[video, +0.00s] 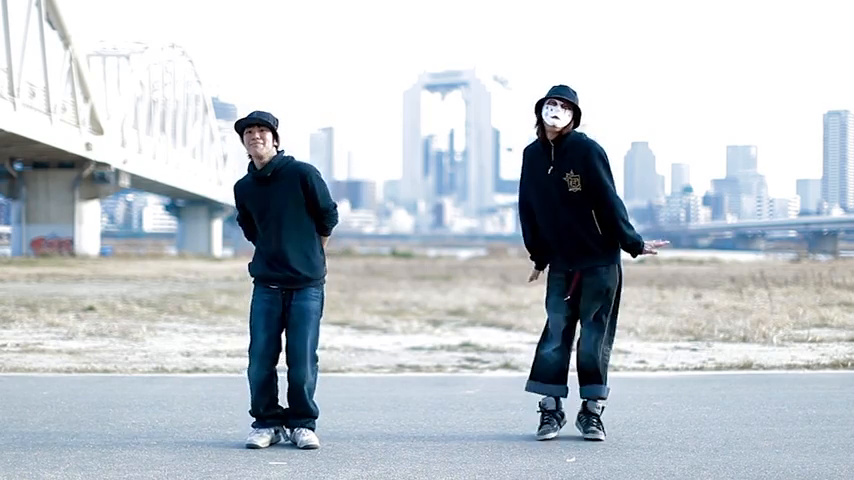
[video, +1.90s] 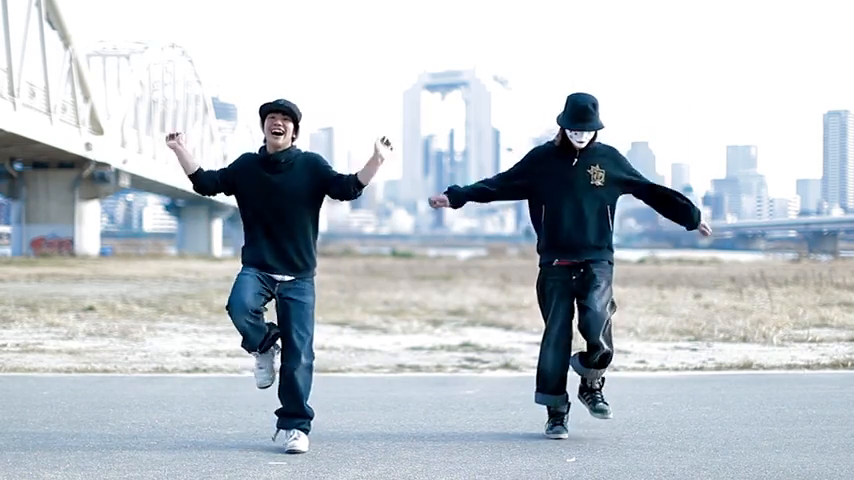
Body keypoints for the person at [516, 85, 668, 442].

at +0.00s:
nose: (554, 112)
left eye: (563, 108)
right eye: (550, 105)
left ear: (573, 116)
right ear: (540, 111)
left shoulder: (586, 150)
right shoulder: (532, 153)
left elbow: (608, 199)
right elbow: (527, 207)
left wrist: (634, 243)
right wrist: (538, 255)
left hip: (599, 258)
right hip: (561, 258)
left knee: (595, 333)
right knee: (555, 330)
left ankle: (590, 412)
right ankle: (550, 411)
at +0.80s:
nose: (570, 121)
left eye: (577, 115)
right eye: (564, 115)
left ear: (585, 123)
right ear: (554, 120)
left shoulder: (599, 165)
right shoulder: (537, 163)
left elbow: (608, 221)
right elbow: (530, 210)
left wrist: (608, 272)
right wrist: (535, 251)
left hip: (592, 249)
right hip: (553, 255)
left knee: (586, 287)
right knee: (553, 334)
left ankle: (588, 353)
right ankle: (554, 412)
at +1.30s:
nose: (577, 123)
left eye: (583, 118)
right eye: (571, 118)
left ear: (592, 124)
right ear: (560, 123)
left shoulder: (606, 164)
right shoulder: (542, 166)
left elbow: (626, 198)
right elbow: (527, 206)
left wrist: (646, 219)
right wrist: (520, 239)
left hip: (598, 259)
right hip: (559, 256)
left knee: (591, 335)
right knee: (586, 308)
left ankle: (584, 412)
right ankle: (561, 364)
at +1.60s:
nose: (575, 130)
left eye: (581, 124)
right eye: (569, 123)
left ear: (591, 127)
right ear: (559, 127)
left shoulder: (608, 166)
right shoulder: (541, 170)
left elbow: (651, 186)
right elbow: (511, 212)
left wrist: (619, 201)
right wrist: (538, 235)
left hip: (597, 271)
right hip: (557, 271)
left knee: (590, 344)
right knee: (557, 343)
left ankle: (585, 415)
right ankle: (556, 417)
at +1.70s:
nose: (574, 140)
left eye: (581, 134)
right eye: (569, 133)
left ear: (591, 133)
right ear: (559, 131)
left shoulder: (608, 166)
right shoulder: (543, 166)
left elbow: (649, 175)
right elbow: (503, 183)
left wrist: (630, 136)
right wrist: (534, 149)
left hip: (594, 265)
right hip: (552, 267)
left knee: (596, 326)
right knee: (555, 339)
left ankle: (586, 381)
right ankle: (554, 414)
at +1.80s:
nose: (577, 140)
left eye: (584, 135)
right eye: (571, 134)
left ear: (593, 133)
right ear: (560, 130)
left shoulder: (608, 161)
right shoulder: (538, 160)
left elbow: (650, 172)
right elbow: (498, 176)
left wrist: (686, 140)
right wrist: (481, 135)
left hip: (596, 258)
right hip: (554, 260)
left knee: (593, 312)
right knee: (555, 332)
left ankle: (590, 365)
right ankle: (555, 412)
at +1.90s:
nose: (580, 137)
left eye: (587, 131)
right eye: (575, 130)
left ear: (596, 129)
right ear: (563, 126)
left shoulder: (607, 159)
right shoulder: (541, 159)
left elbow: (648, 190)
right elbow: (501, 185)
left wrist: (691, 216)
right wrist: (455, 196)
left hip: (597, 257)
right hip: (555, 259)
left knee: (596, 323)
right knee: (556, 334)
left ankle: (592, 384)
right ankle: (556, 412)